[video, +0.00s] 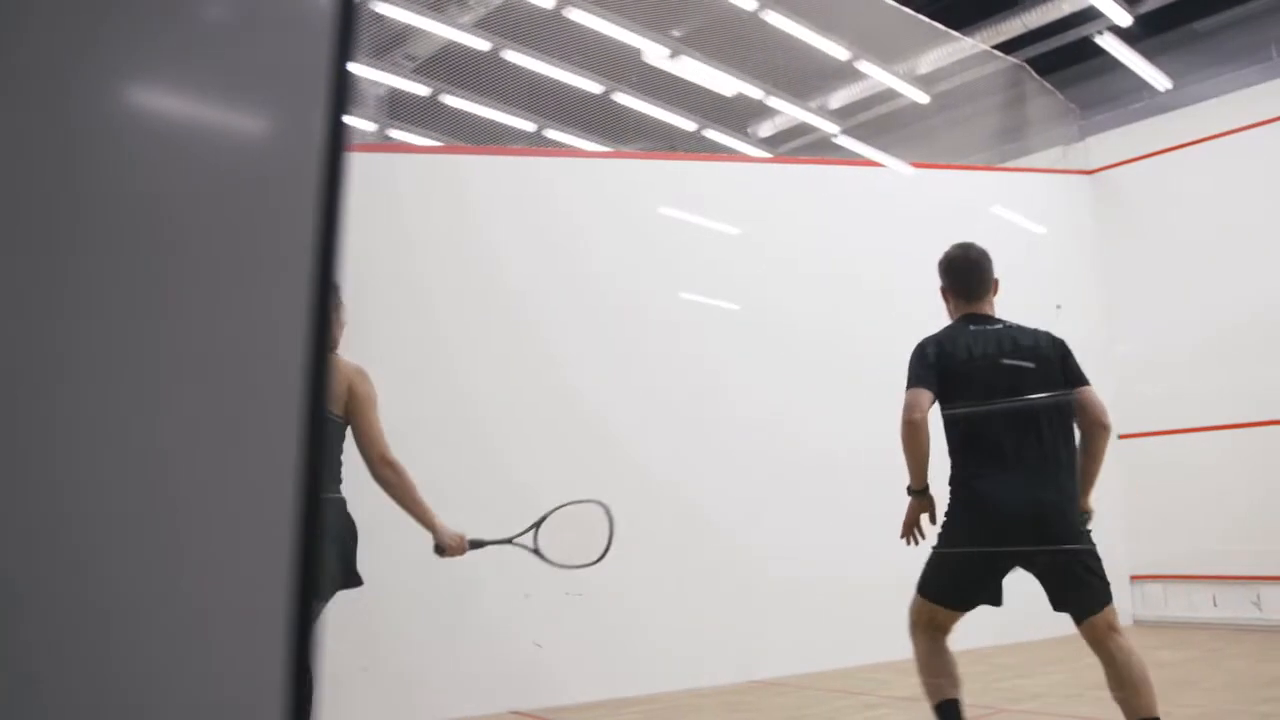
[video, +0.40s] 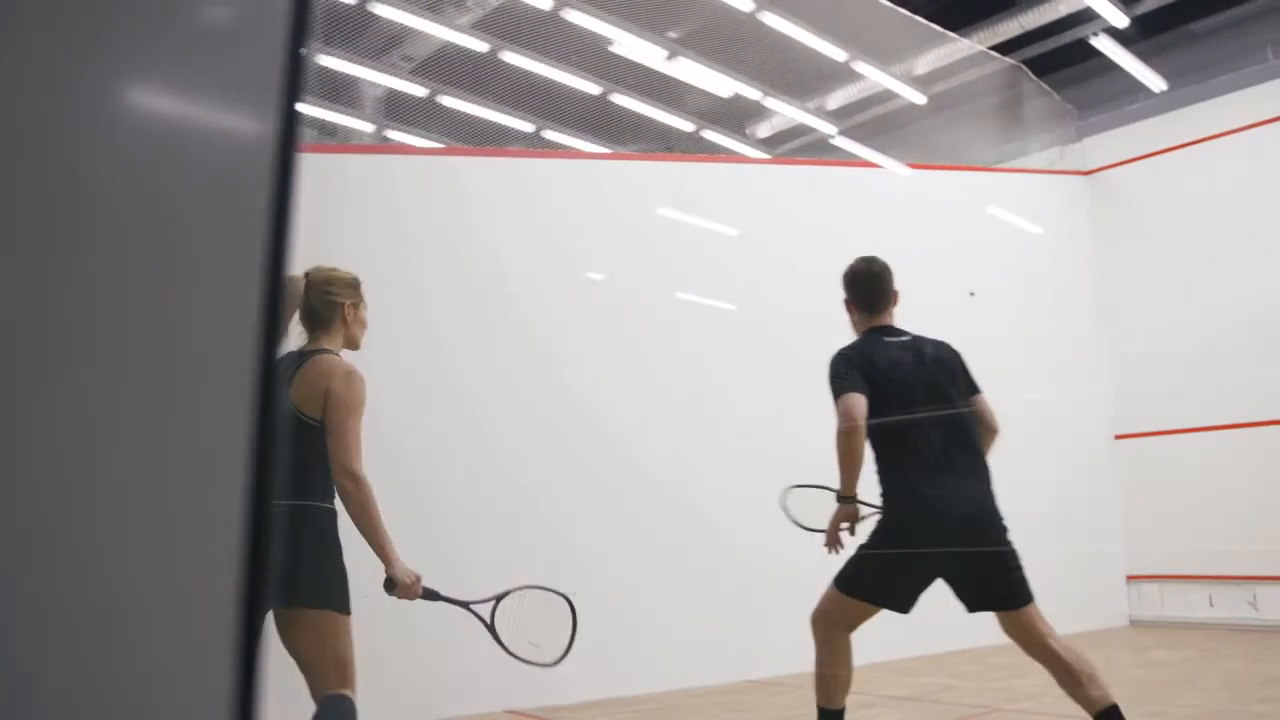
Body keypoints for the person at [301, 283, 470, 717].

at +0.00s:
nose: (342, 325)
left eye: (340, 314)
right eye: (339, 314)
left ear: (304, 320)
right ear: (330, 319)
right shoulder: (346, 378)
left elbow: (382, 464)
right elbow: (382, 465)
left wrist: (435, 526)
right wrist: (437, 528)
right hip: (317, 533)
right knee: (295, 653)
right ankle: (295, 710)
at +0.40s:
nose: (366, 319)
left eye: (365, 309)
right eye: (363, 308)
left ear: (312, 314)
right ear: (347, 311)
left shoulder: (276, 369)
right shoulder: (341, 376)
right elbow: (347, 474)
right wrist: (392, 561)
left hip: (251, 534)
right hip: (300, 538)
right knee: (334, 693)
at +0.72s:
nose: (410, 292)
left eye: (408, 281)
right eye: (407, 281)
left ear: (354, 287)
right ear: (392, 283)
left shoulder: (328, 347)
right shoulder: (383, 342)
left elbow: (295, 456)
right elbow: (369, 434)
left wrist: (350, 501)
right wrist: (396, 532)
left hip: (306, 524)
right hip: (360, 527)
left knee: (288, 676)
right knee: (373, 695)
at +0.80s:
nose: (426, 284)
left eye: (423, 273)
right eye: (422, 274)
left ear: (367, 280)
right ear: (409, 275)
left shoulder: (346, 339)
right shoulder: (397, 332)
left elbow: (312, 450)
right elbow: (381, 423)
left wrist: (365, 508)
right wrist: (406, 522)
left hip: (326, 521)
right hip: (375, 521)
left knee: (327, 679)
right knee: (375, 696)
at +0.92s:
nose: (447, 275)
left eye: (445, 265)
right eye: (445, 265)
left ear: (393, 269)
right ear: (433, 265)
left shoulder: (371, 330)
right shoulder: (419, 321)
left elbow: (335, 441)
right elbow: (403, 412)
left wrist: (389, 494)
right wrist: (432, 510)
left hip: (365, 501)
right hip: (395, 503)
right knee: (379, 685)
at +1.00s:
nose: (463, 269)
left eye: (460, 260)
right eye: (460, 260)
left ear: (407, 263)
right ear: (449, 261)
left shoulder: (389, 324)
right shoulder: (435, 318)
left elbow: (352, 437)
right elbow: (420, 405)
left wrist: (413, 494)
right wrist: (455, 506)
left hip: (382, 502)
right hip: (407, 505)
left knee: (443, 671)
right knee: (378, 692)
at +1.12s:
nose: (489, 267)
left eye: (485, 257)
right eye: (486, 257)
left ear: (432, 259)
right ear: (475, 257)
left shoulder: (416, 322)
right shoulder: (458, 316)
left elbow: (378, 434)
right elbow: (454, 407)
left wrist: (446, 485)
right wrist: (501, 507)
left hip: (411, 507)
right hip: (431, 509)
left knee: (499, 662)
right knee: (377, 692)